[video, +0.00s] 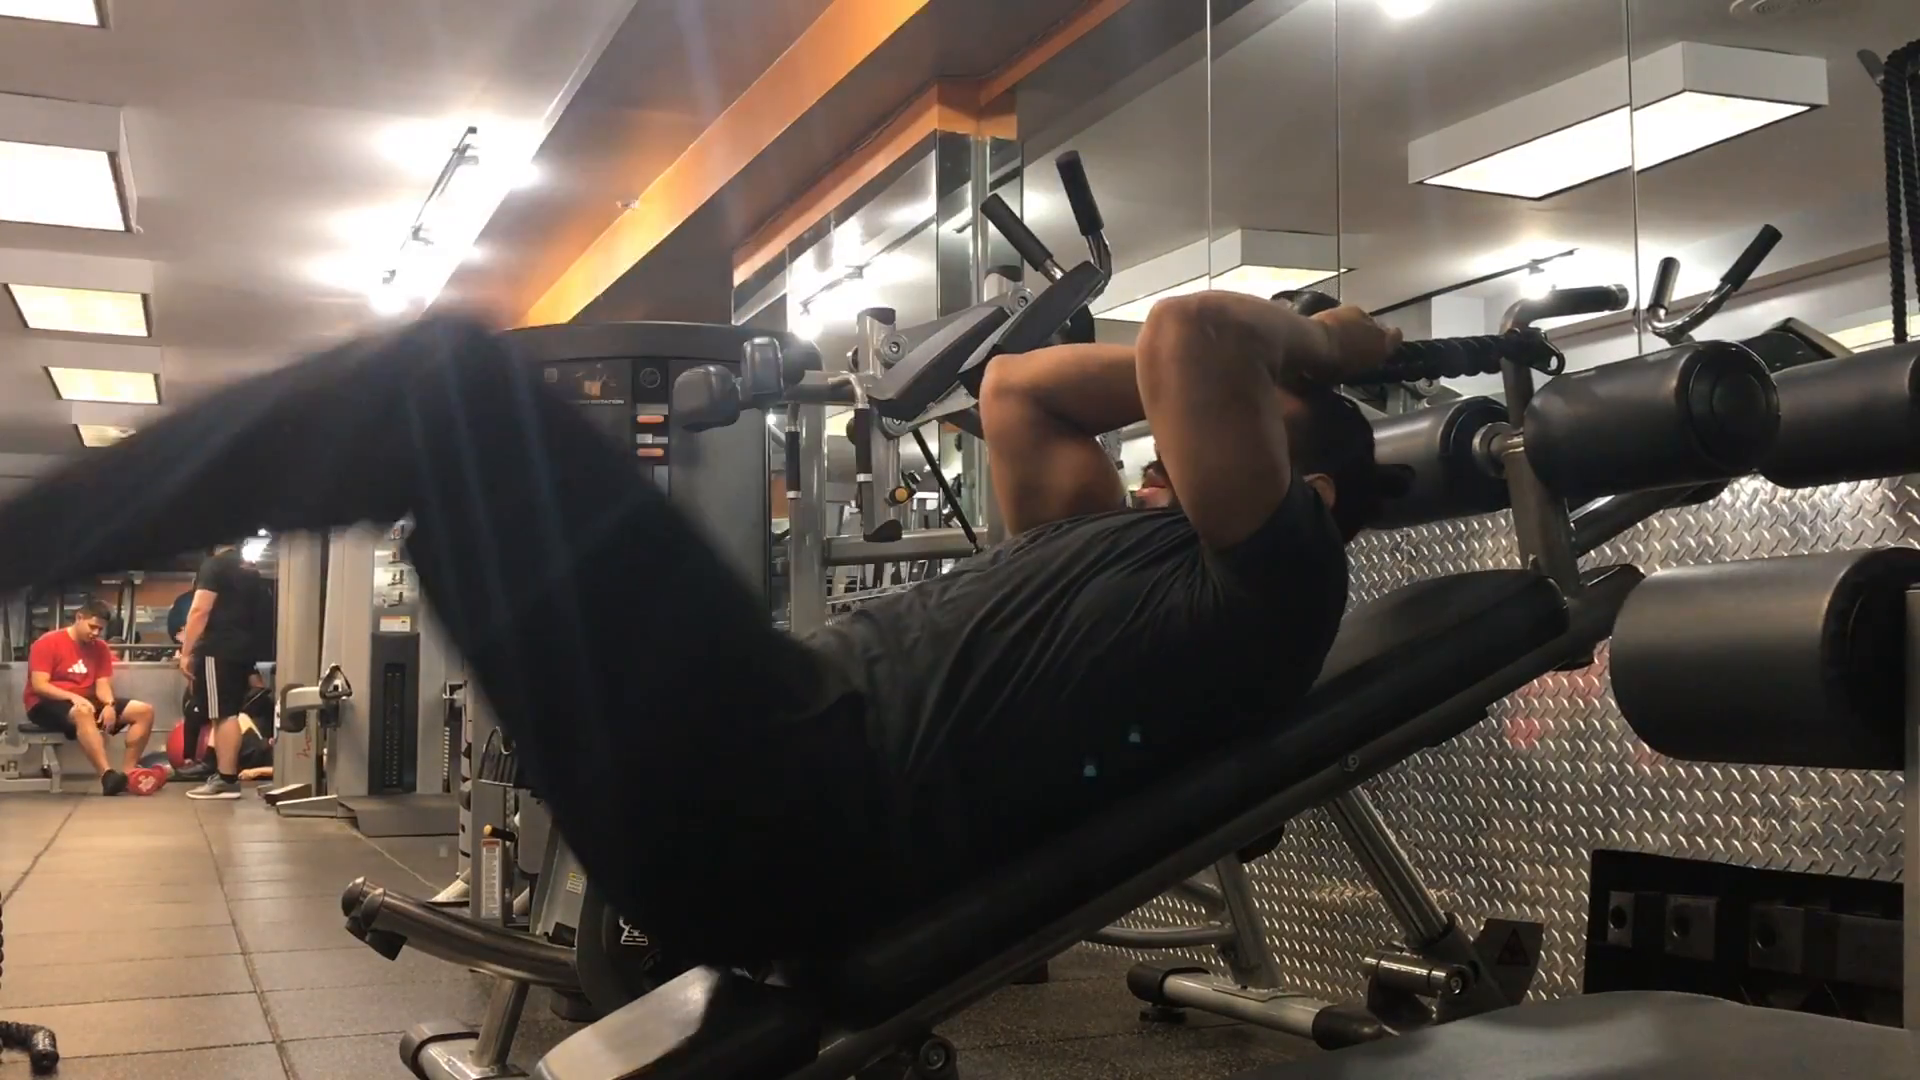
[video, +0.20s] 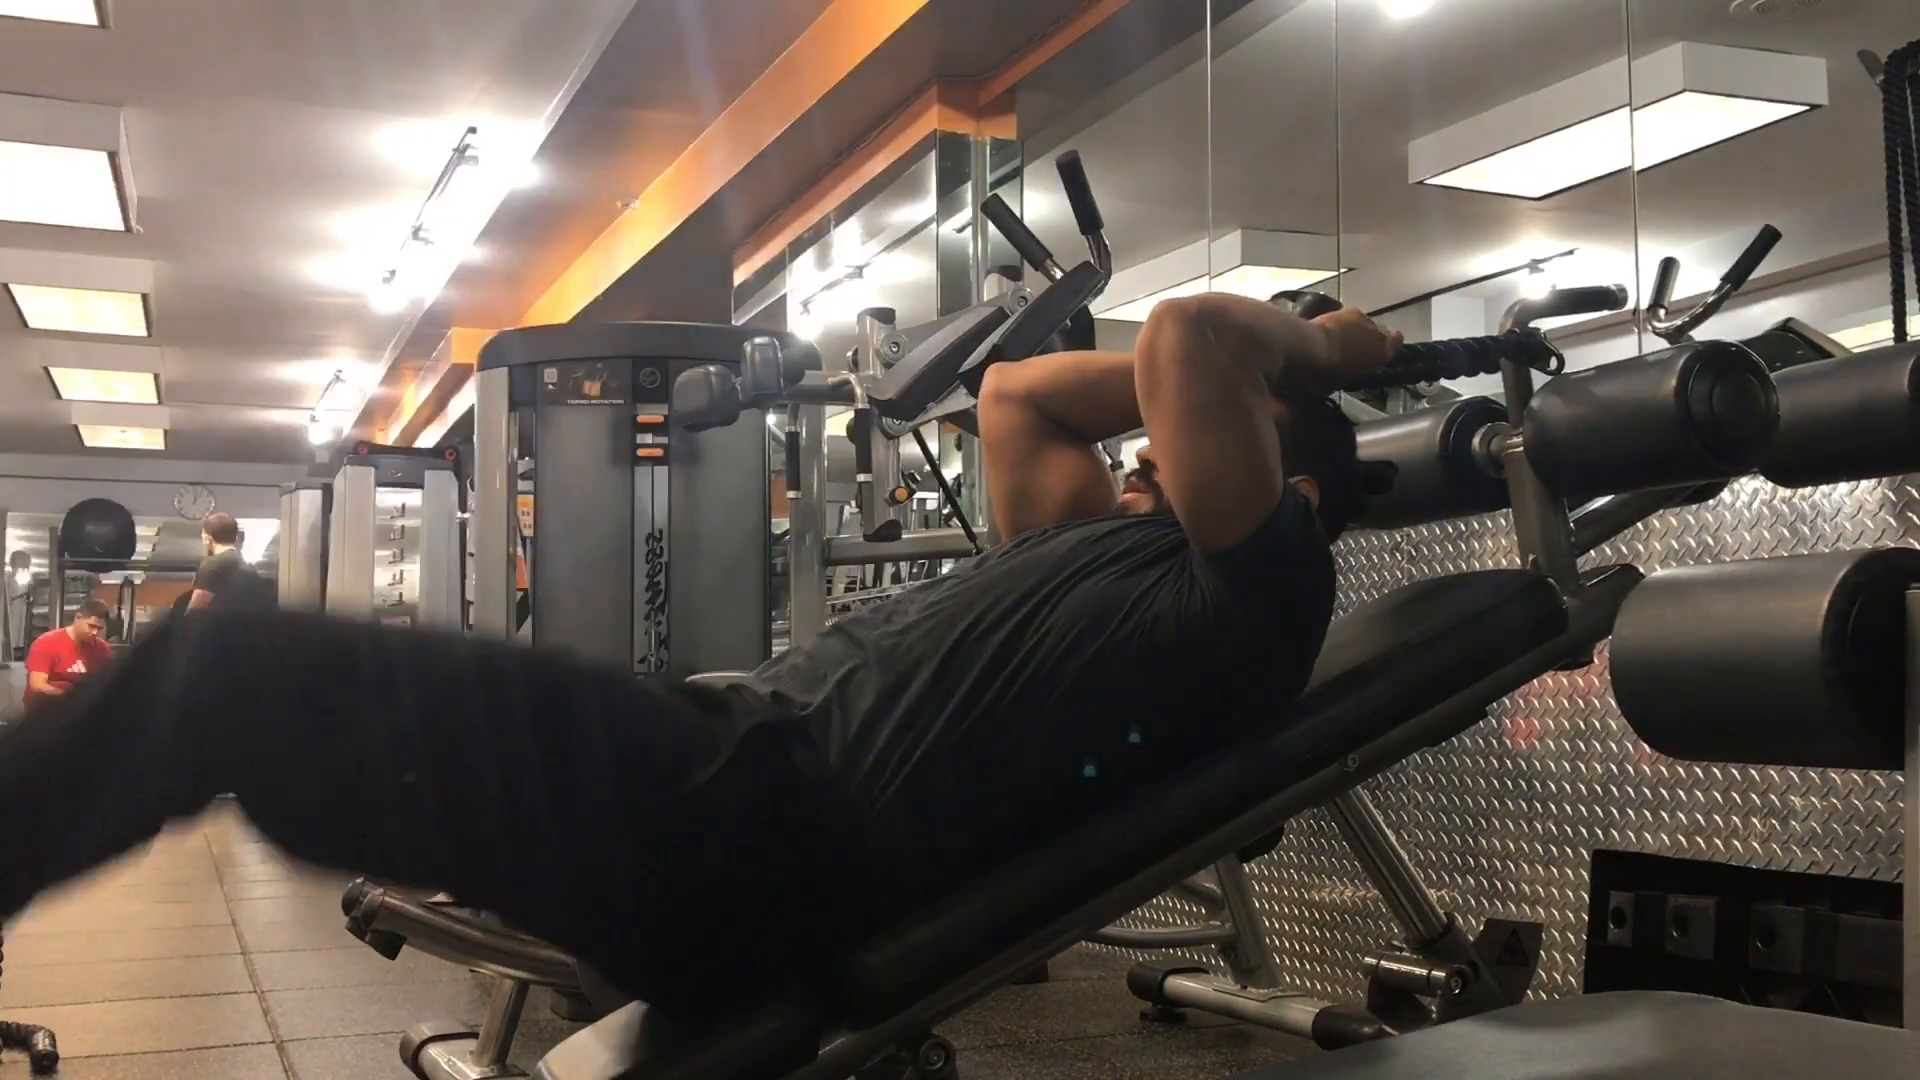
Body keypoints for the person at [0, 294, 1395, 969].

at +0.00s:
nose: (1208, 471)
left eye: (1246, 458)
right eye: (1231, 454)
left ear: (1290, 491)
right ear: (1236, 493)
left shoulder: (1261, 609)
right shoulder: (1112, 573)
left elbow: (1192, 328)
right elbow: (1026, 394)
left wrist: (1325, 338)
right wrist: (1236, 389)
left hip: (789, 820)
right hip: (748, 757)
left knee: (450, 377)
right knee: (451, 382)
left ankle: (33, 541)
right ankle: (50, 533)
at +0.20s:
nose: (1168, 461)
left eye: (1220, 441)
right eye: (1191, 444)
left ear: (1274, 480)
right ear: (1211, 488)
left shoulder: (1257, 607)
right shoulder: (1098, 573)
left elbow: (1187, 328)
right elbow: (1018, 397)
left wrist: (1313, 348)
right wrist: (1222, 401)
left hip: (776, 840)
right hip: (729, 762)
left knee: (231, 671)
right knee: (237, 657)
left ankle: (7, 836)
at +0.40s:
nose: (1163, 431)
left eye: (1218, 426)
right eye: (1180, 424)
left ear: (1272, 470)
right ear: (1171, 462)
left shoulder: (1248, 597)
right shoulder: (1081, 563)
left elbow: (1190, 319)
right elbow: (1008, 399)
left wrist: (1316, 341)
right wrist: (1202, 391)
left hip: (760, 832)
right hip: (701, 766)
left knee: (197, 894)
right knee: (199, 861)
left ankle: (31, 994)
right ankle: (40, 986)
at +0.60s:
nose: (1173, 451)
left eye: (1219, 433)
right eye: (1194, 439)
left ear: (1272, 479)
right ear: (1212, 487)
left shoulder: (1251, 606)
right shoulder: (1088, 574)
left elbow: (1172, 326)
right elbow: (1012, 405)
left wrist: (1307, 350)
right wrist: (1208, 400)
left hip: (746, 837)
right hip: (702, 757)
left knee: (213, 709)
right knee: (230, 679)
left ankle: (6, 919)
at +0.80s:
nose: (1227, 468)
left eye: (1268, 466)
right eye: (1253, 456)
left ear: (1306, 509)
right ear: (1251, 490)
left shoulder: (1251, 611)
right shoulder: (1093, 569)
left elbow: (1193, 326)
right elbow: (1017, 400)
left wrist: (1326, 344)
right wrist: (1221, 378)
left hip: (777, 851)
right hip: (732, 780)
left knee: (543, 352)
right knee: (543, 341)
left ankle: (90, 473)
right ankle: (106, 458)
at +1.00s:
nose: (1294, 437)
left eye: (1321, 444)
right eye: (1300, 431)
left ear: (1353, 524)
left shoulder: (1301, 576)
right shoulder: (1147, 570)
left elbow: (1206, 329)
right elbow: (1028, 394)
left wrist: (1326, 331)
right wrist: (1221, 382)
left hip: (781, 706)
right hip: (697, 684)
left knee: (966, 243)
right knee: (898, 309)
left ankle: (582, 59)